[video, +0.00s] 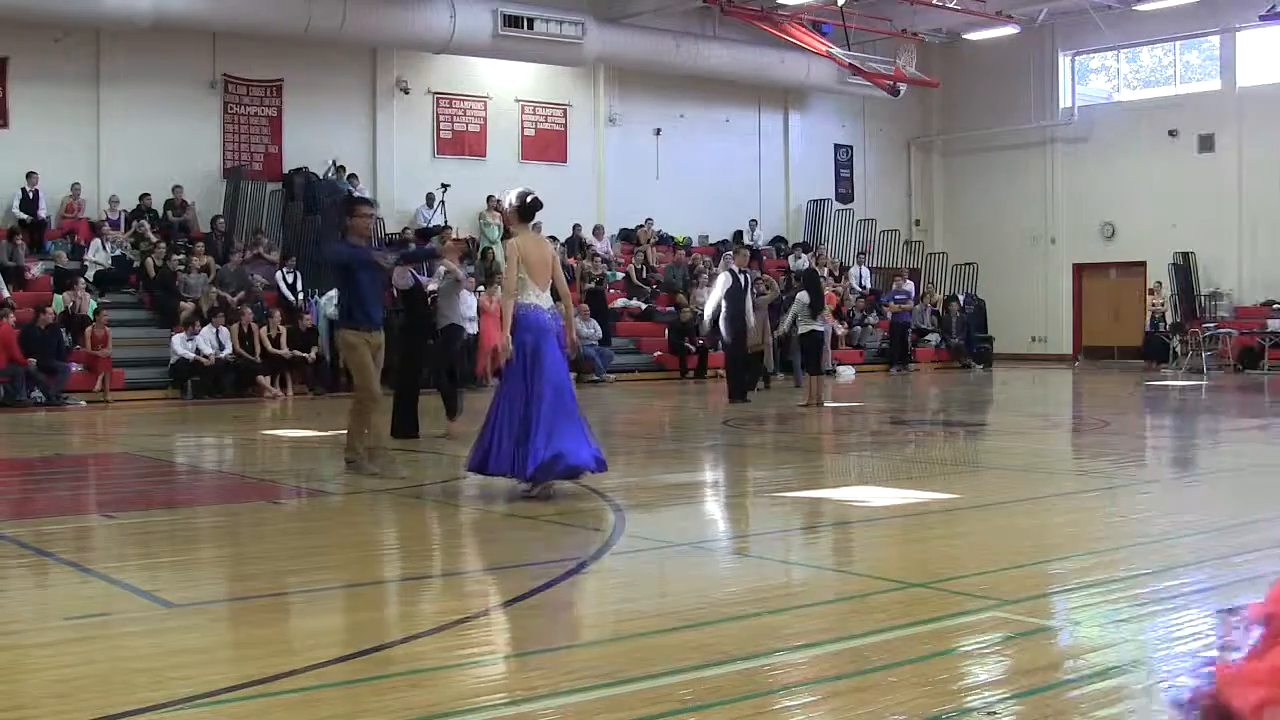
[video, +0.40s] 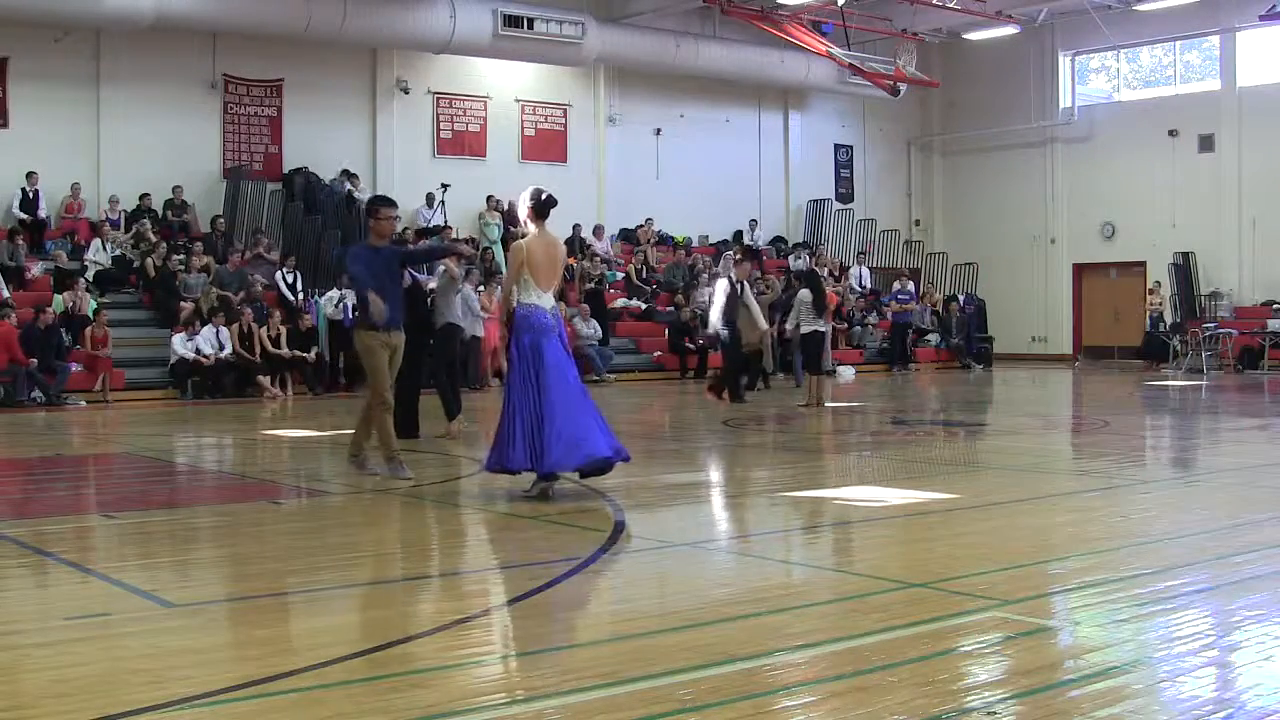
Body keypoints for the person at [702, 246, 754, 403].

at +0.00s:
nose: (747, 259)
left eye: (748, 256)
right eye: (744, 256)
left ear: (747, 258)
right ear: (735, 257)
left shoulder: (747, 277)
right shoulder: (726, 276)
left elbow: (749, 301)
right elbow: (714, 298)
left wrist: (751, 321)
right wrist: (707, 319)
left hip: (742, 320)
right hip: (728, 319)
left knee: (742, 355)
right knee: (732, 355)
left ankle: (741, 392)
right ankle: (734, 393)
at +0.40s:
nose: (749, 272)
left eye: (749, 268)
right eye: (747, 268)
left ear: (744, 267)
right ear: (737, 266)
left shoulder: (744, 285)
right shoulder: (724, 283)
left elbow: (753, 306)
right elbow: (717, 306)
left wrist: (763, 326)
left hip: (735, 326)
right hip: (724, 325)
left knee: (737, 359)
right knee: (732, 360)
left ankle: (718, 386)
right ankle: (735, 395)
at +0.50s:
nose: (745, 272)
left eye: (746, 270)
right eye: (743, 269)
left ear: (739, 269)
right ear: (734, 268)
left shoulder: (739, 284)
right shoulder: (719, 284)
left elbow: (747, 302)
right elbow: (729, 307)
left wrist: (754, 316)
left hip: (733, 323)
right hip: (721, 324)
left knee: (729, 359)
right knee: (731, 358)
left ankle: (712, 387)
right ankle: (736, 394)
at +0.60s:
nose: (737, 272)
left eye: (737, 269)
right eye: (735, 269)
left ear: (735, 269)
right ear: (726, 268)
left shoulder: (733, 281)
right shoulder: (713, 282)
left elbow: (739, 300)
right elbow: (730, 300)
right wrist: (751, 311)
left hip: (727, 322)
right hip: (716, 322)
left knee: (724, 356)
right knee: (730, 354)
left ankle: (710, 390)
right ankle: (739, 393)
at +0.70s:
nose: (734, 271)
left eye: (735, 268)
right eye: (732, 267)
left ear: (728, 266)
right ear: (724, 265)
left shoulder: (724, 281)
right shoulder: (709, 280)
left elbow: (737, 294)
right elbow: (729, 293)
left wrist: (735, 279)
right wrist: (752, 296)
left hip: (724, 321)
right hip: (712, 322)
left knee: (723, 356)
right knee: (729, 355)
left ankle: (710, 391)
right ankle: (740, 392)